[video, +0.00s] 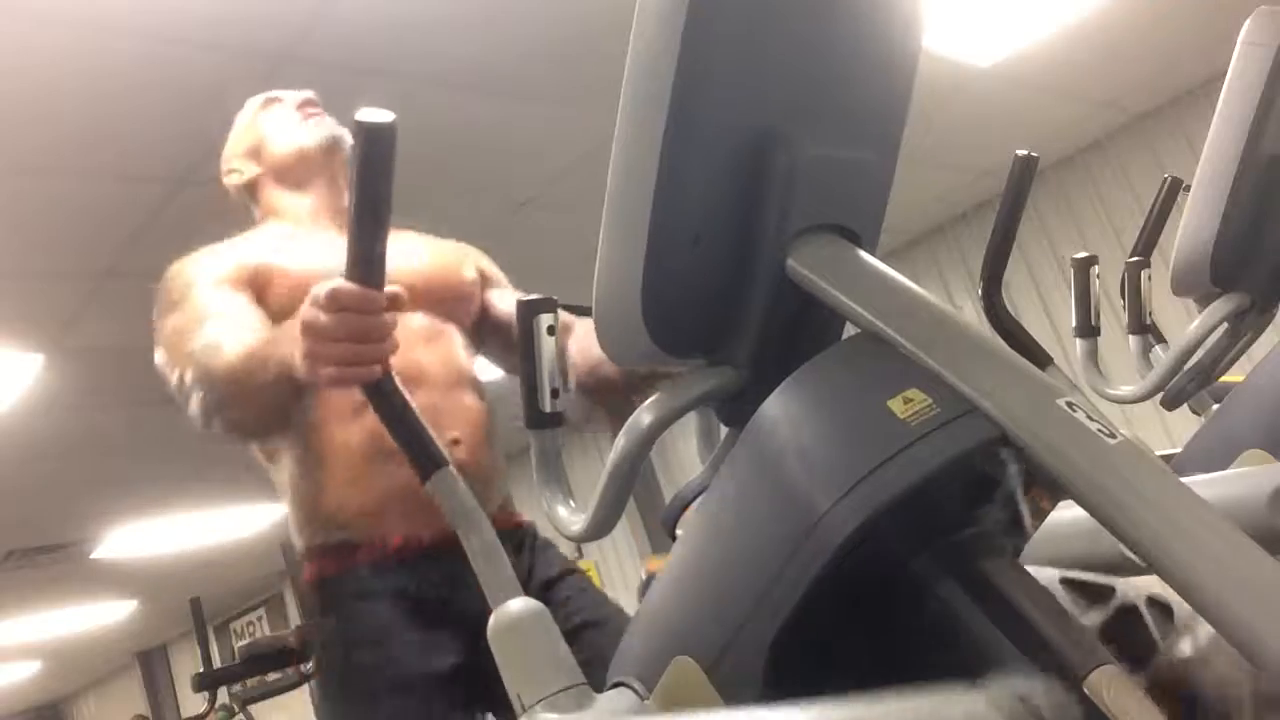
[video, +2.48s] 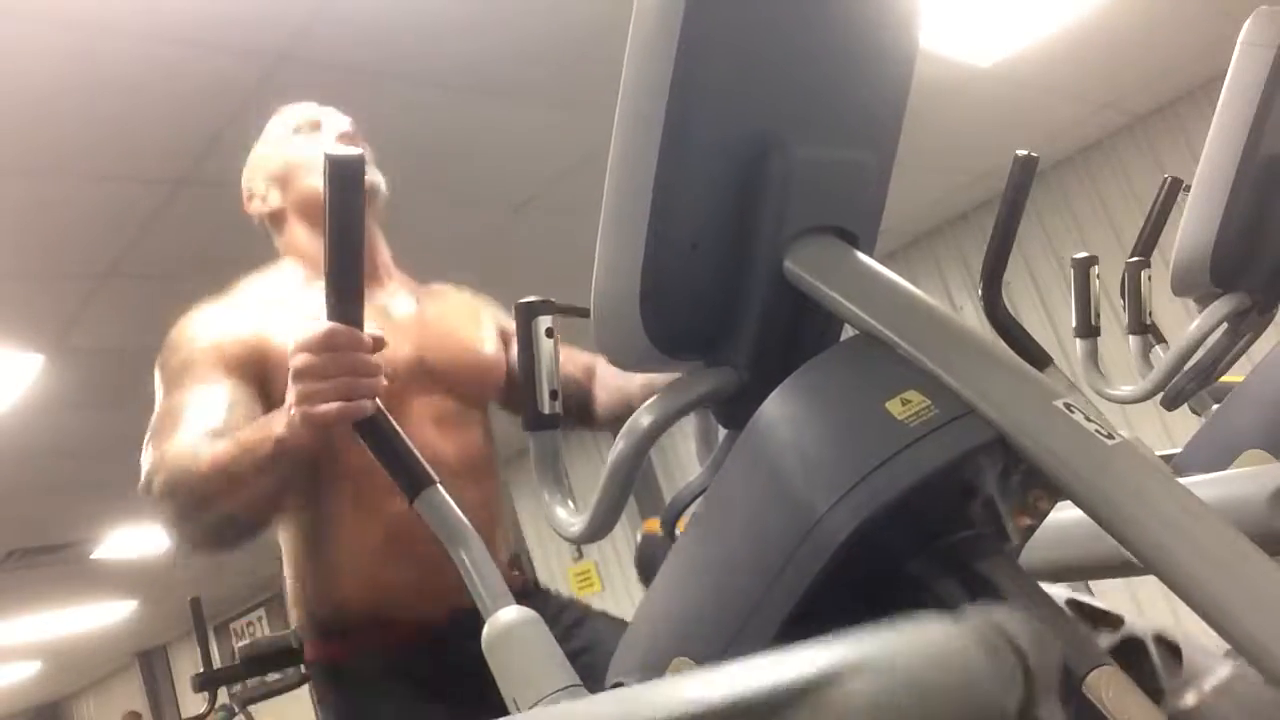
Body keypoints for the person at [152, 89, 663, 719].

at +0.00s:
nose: (310, 101)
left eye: (315, 101)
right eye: (277, 105)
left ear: (339, 151)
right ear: (240, 168)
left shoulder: (447, 257)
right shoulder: (213, 269)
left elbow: (564, 349)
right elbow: (225, 390)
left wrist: (675, 333)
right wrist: (298, 349)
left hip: (509, 555)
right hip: (370, 588)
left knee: (656, 693)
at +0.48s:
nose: (283, 114)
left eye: (292, 116)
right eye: (256, 125)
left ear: (328, 161)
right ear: (227, 203)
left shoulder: (455, 259)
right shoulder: (210, 297)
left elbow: (566, 344)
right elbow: (201, 441)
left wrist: (649, 347)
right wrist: (279, 410)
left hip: (520, 556)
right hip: (378, 587)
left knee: (634, 703)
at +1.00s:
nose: (336, 110)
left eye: (339, 110)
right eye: (301, 112)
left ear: (364, 145)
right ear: (259, 175)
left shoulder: (464, 256)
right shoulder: (235, 269)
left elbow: (588, 352)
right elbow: (237, 391)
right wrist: (307, 361)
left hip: (532, 553)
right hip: (397, 585)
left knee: (663, 698)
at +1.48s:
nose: (316, 77)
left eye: (324, 80)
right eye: (277, 84)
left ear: (357, 129)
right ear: (242, 157)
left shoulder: (474, 249)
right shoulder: (215, 290)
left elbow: (619, 333)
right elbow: (189, 468)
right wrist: (277, 449)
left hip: (534, 561)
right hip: (389, 600)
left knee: (678, 700)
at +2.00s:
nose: (368, 134)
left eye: (379, 125)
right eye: (337, 130)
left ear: (409, 164)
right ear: (298, 187)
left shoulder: (493, 285)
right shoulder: (259, 297)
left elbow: (606, 385)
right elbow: (221, 431)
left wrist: (720, 383)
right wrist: (301, 391)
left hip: (518, 590)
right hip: (388, 610)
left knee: (598, 710)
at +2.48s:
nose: (340, 129)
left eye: (347, 125)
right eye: (301, 127)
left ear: (375, 173)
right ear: (259, 198)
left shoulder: (458, 310)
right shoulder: (221, 331)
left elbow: (591, 384)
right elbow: (186, 506)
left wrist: (714, 382)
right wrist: (298, 427)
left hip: (517, 620)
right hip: (376, 665)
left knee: (691, 692)